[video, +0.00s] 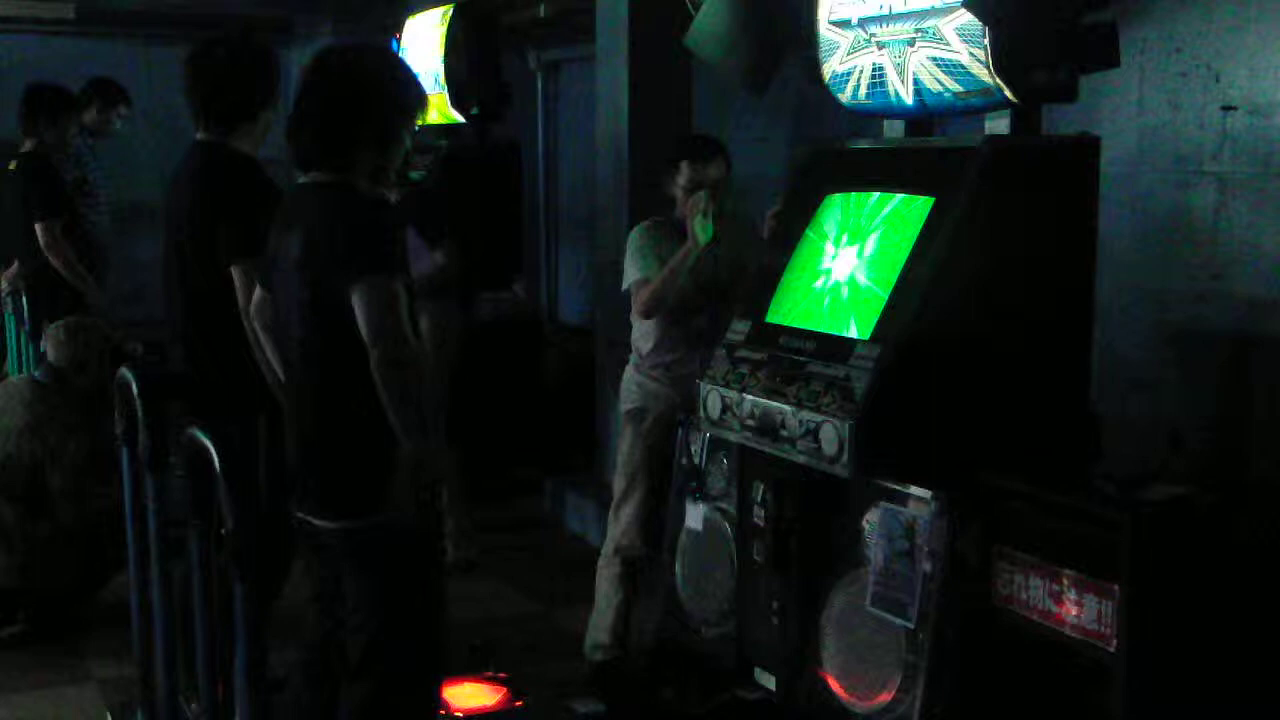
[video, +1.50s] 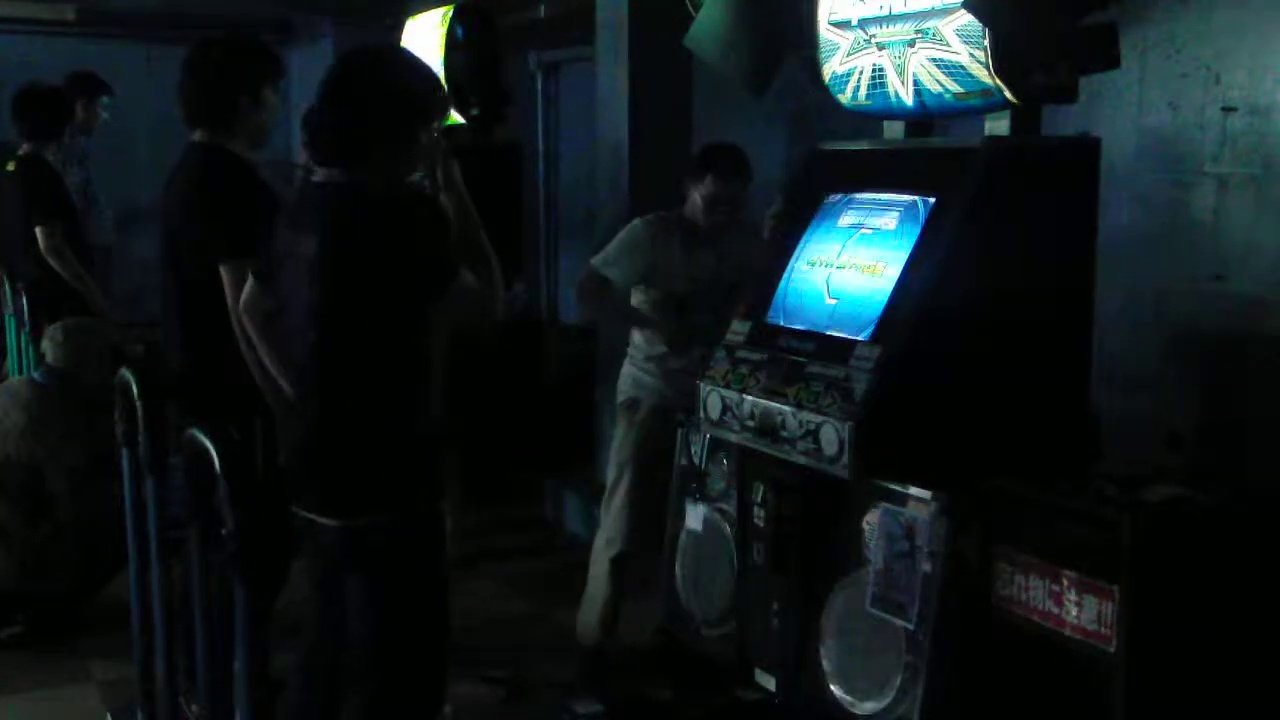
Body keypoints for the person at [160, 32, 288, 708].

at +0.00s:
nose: (277, 102)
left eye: (274, 89)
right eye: (272, 90)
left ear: (198, 97)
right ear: (263, 99)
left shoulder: (191, 171)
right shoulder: (242, 177)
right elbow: (251, 302)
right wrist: (291, 388)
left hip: (200, 379)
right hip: (240, 388)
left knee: (211, 530)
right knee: (256, 537)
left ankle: (210, 672)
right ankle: (246, 675)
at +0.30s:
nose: (278, 103)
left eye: (276, 90)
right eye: (273, 91)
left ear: (198, 97)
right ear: (262, 99)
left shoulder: (191, 171)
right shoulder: (243, 178)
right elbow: (251, 300)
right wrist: (287, 386)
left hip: (200, 378)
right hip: (241, 389)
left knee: (211, 529)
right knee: (256, 536)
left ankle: (209, 672)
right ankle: (249, 677)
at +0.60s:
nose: (278, 104)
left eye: (275, 91)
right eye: (272, 91)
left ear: (196, 98)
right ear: (261, 99)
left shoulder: (187, 172)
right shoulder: (241, 179)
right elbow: (247, 297)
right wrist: (284, 385)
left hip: (193, 378)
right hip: (235, 388)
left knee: (204, 529)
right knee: (251, 536)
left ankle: (204, 674)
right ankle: (246, 678)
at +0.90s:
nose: (277, 103)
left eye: (274, 90)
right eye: (271, 91)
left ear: (195, 97)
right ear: (261, 99)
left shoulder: (189, 172)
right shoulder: (243, 179)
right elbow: (246, 299)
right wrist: (284, 386)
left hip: (197, 379)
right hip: (237, 389)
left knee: (208, 532)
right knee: (253, 539)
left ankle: (207, 676)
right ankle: (246, 680)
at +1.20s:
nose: (275, 109)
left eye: (273, 96)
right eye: (270, 97)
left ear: (193, 100)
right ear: (258, 105)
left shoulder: (187, 173)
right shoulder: (236, 180)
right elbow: (246, 303)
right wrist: (289, 391)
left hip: (195, 382)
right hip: (235, 393)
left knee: (209, 534)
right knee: (254, 540)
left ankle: (204, 675)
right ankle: (241, 679)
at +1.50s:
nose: (277, 109)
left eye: (277, 95)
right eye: (270, 95)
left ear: (199, 99)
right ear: (247, 102)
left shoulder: (191, 171)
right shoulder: (233, 177)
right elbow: (242, 301)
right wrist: (287, 392)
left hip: (196, 382)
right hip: (233, 392)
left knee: (210, 535)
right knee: (254, 540)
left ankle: (205, 676)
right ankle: (242, 680)